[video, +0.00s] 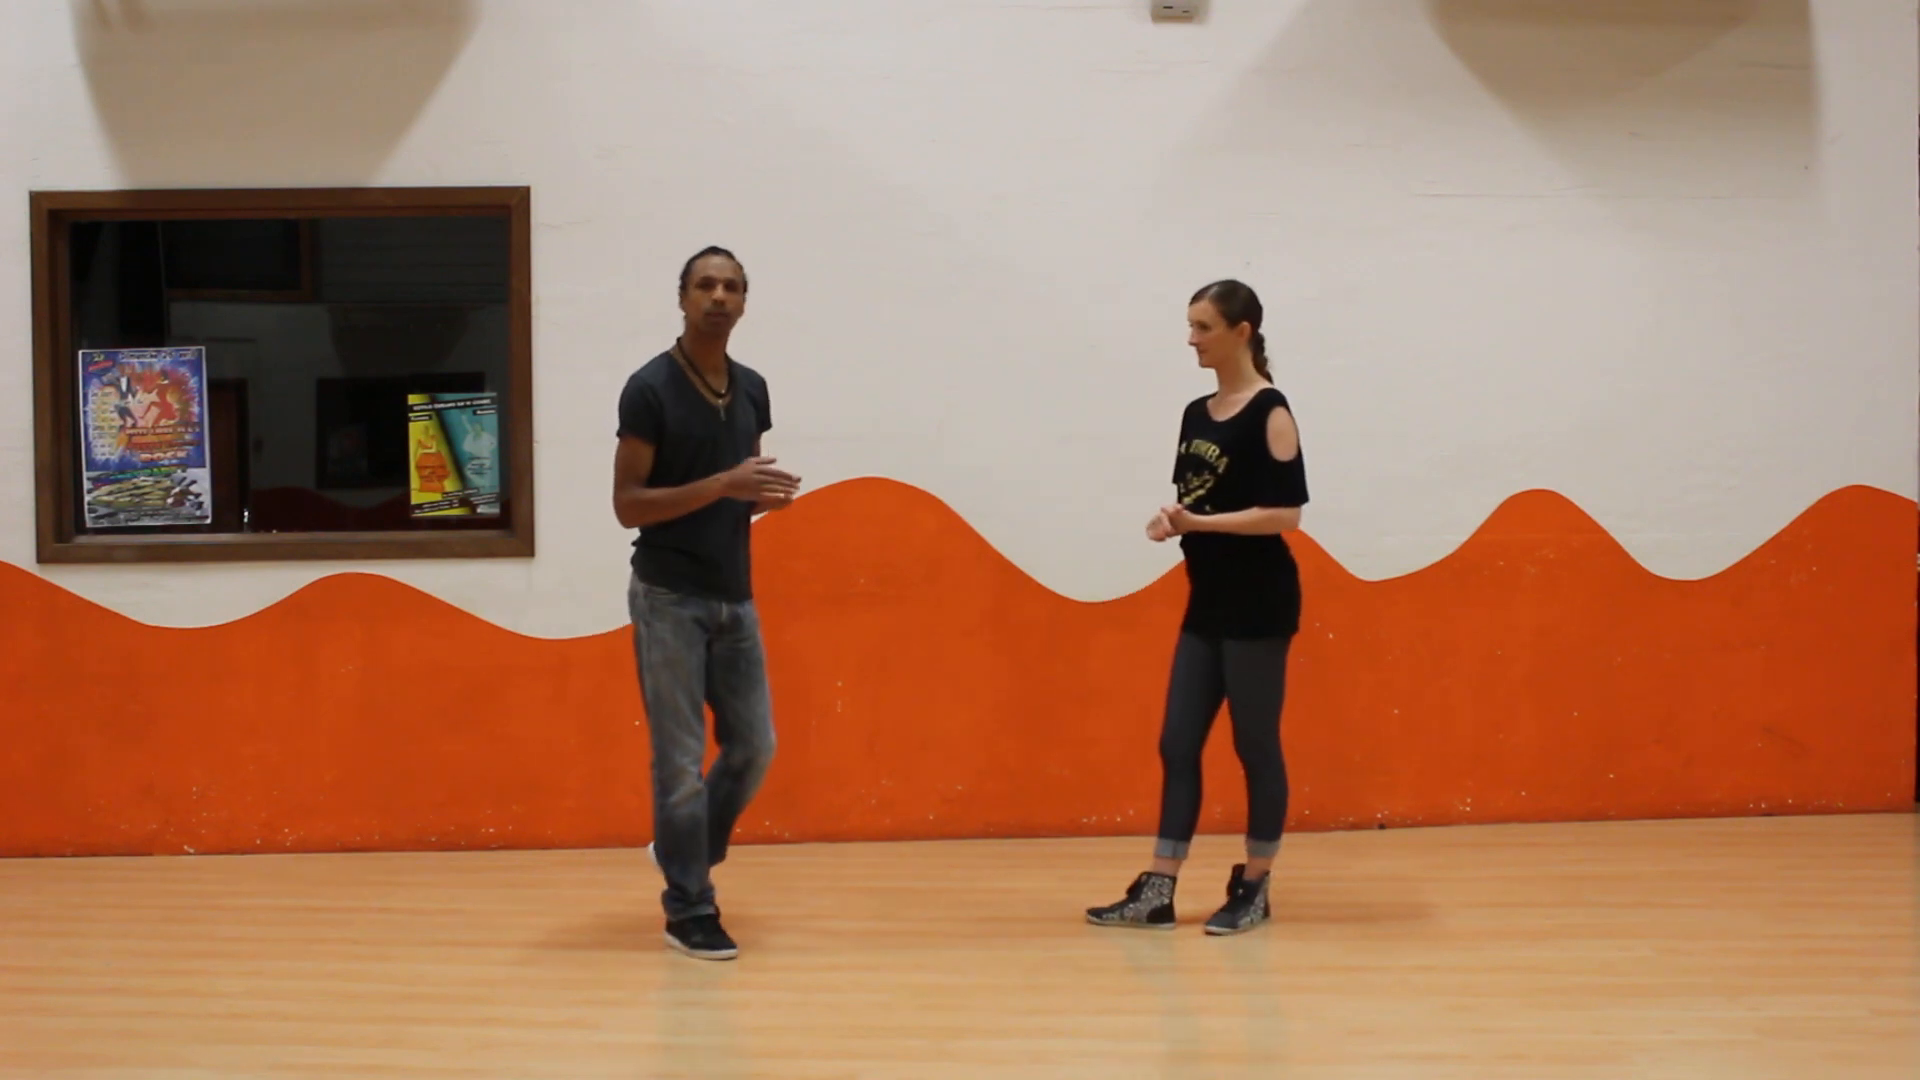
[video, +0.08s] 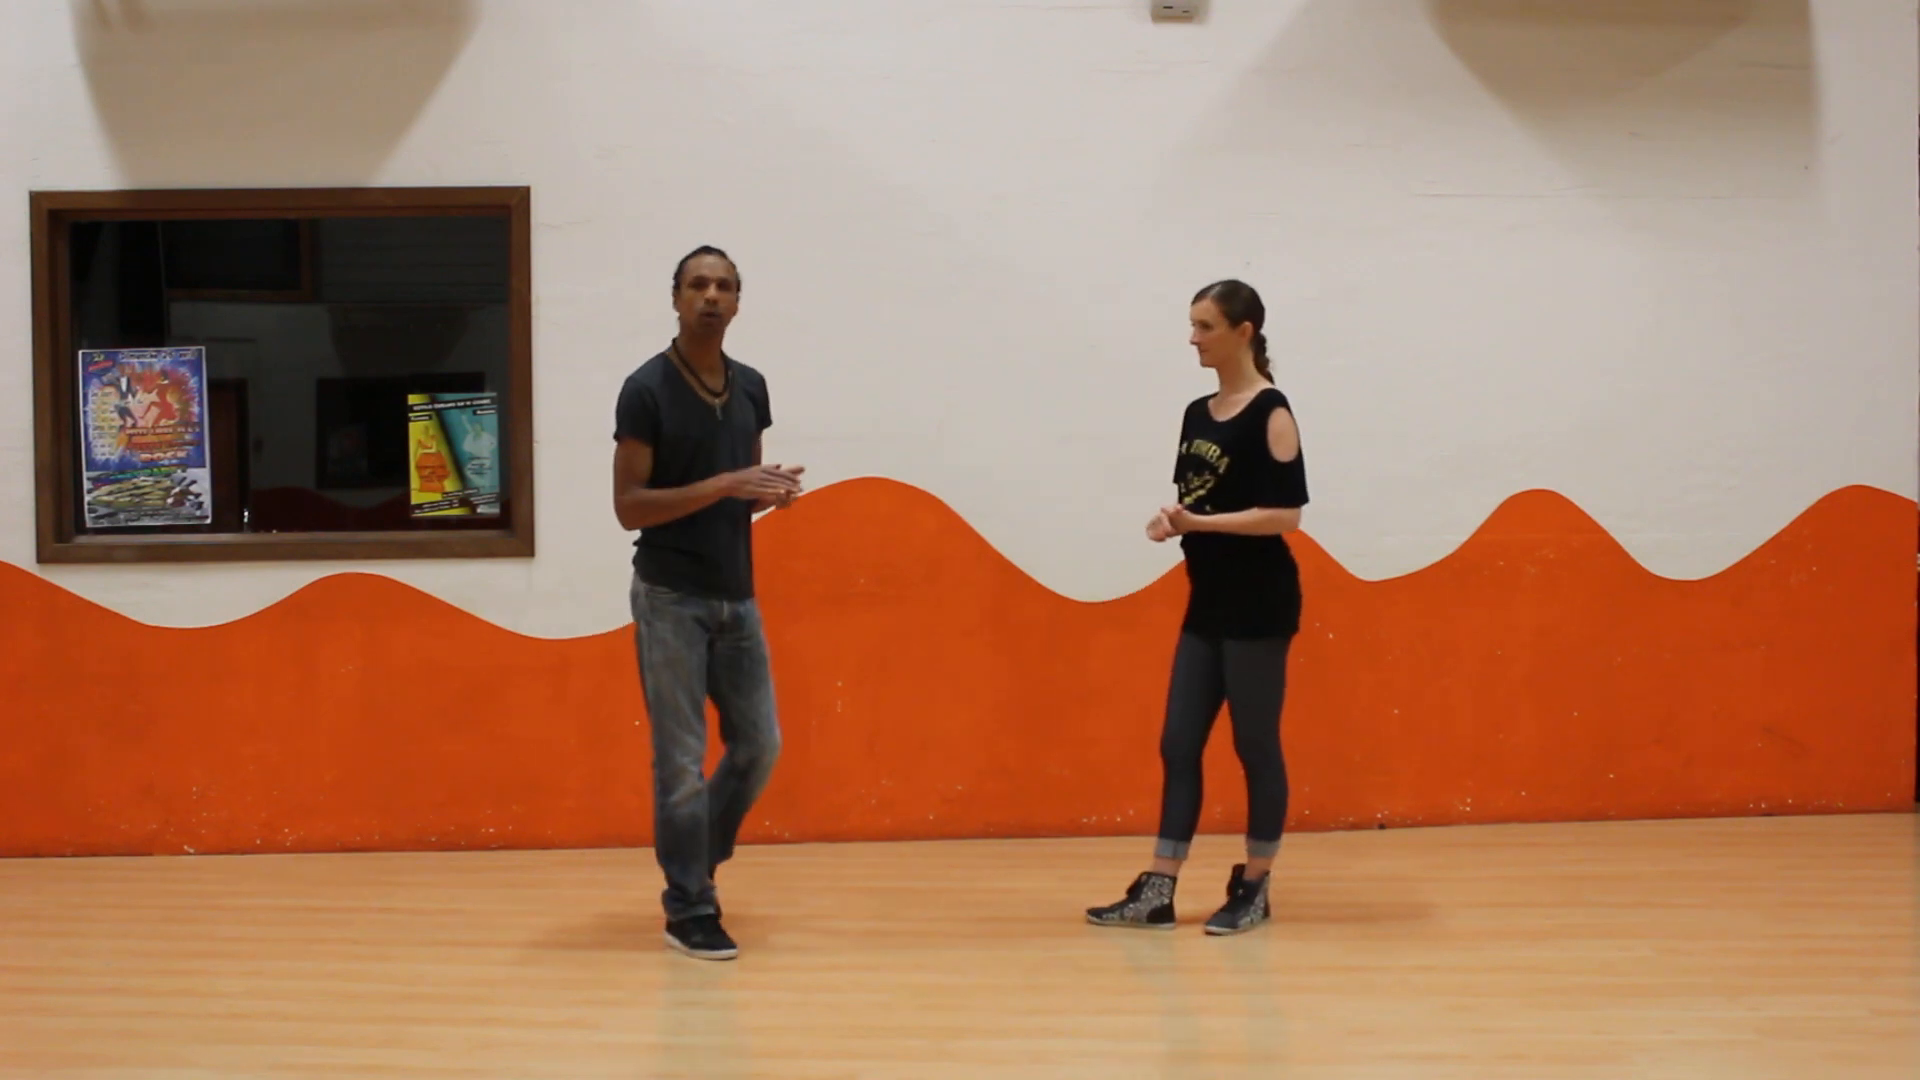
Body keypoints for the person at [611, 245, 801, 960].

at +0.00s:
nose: (720, 296)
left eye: (732, 287)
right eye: (707, 285)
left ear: (745, 303)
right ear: (681, 299)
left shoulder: (752, 391)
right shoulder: (650, 389)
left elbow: (732, 488)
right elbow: (627, 506)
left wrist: (766, 489)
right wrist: (725, 483)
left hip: (732, 596)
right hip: (667, 595)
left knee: (752, 745)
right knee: (682, 756)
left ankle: (689, 850)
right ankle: (690, 909)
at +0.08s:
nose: (711, 295)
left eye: (724, 285)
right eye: (698, 284)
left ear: (738, 302)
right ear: (674, 299)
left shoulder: (750, 389)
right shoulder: (646, 390)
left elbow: (736, 482)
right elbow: (629, 508)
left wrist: (768, 487)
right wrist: (727, 486)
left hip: (734, 597)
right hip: (668, 596)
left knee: (758, 744)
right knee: (683, 756)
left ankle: (695, 857)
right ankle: (690, 909)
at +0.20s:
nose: (706, 296)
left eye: (717, 286)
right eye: (692, 285)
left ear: (732, 302)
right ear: (668, 300)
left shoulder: (749, 387)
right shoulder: (642, 391)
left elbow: (740, 479)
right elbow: (630, 509)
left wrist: (772, 481)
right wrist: (728, 486)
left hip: (736, 596)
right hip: (670, 595)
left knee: (758, 744)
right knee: (685, 753)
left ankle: (709, 874)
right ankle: (689, 906)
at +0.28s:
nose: (701, 297)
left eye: (713, 287)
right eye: (688, 286)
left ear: (729, 302)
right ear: (666, 300)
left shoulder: (748, 387)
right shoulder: (641, 391)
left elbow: (739, 483)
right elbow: (631, 509)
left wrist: (771, 481)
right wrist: (729, 487)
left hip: (737, 596)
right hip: (671, 596)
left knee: (751, 745)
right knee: (685, 752)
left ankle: (711, 879)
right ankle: (689, 907)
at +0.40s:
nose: (702, 297)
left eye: (713, 287)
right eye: (688, 286)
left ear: (728, 302)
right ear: (666, 300)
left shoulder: (747, 386)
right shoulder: (642, 391)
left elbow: (746, 475)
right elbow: (632, 509)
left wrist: (769, 479)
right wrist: (726, 487)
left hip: (736, 593)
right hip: (673, 593)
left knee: (735, 752)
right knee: (688, 753)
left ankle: (701, 884)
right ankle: (688, 906)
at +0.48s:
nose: (704, 296)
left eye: (715, 286)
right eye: (691, 285)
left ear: (730, 302)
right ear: (668, 301)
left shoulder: (747, 385)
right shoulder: (643, 390)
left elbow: (756, 462)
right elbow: (630, 507)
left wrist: (769, 476)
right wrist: (722, 486)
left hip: (735, 592)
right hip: (675, 591)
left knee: (729, 753)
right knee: (689, 753)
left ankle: (692, 886)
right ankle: (687, 906)